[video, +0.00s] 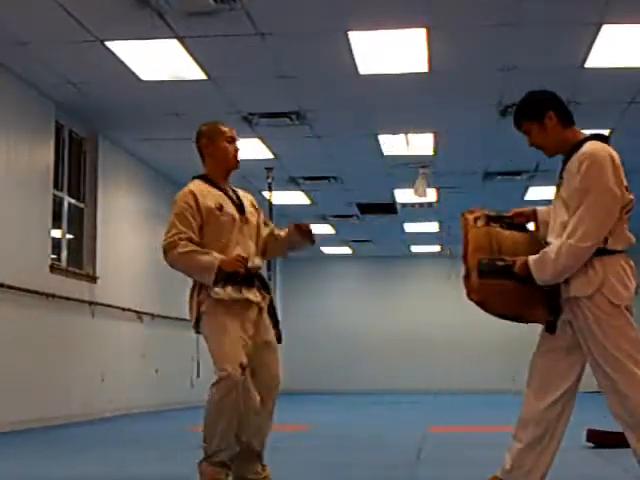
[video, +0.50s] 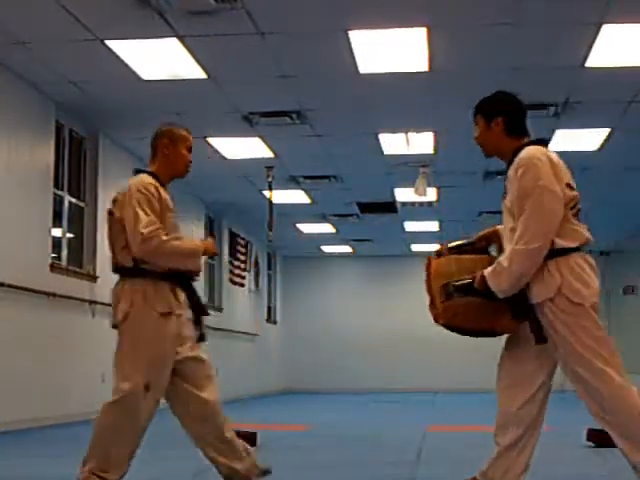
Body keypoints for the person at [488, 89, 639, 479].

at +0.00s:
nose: (532, 144)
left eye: (531, 134)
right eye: (527, 137)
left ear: (552, 120)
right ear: (551, 123)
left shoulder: (595, 157)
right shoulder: (576, 162)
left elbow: (587, 235)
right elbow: (574, 215)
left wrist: (533, 266)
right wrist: (536, 216)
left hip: (599, 281)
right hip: (573, 283)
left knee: (627, 390)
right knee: (547, 388)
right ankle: (518, 474)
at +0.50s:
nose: (475, 136)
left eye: (478, 127)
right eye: (475, 127)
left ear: (499, 125)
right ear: (505, 126)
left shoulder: (533, 162)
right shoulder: (525, 164)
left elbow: (534, 238)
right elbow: (534, 223)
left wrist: (490, 281)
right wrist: (498, 235)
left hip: (561, 279)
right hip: (538, 281)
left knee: (603, 385)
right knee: (519, 385)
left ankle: (638, 457)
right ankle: (503, 472)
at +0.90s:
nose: (426, 130)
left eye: (427, 120)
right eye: (425, 121)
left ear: (445, 116)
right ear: (458, 117)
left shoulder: (466, 152)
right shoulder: (492, 152)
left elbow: (454, 227)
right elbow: (476, 219)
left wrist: (413, 266)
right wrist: (423, 224)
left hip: (483, 273)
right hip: (509, 271)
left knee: (447, 364)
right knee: (502, 379)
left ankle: (474, 465)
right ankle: (505, 470)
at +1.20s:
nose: (373, 130)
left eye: (376, 121)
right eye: (374, 121)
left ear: (394, 120)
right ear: (407, 122)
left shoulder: (403, 161)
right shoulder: (442, 159)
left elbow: (381, 235)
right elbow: (412, 224)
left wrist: (337, 272)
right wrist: (360, 231)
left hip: (417, 282)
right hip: (453, 277)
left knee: (375, 384)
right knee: (463, 392)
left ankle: (353, 470)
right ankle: (492, 471)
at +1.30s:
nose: (348, 131)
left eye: (351, 121)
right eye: (348, 122)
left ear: (368, 121)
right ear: (388, 122)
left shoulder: (376, 162)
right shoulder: (420, 159)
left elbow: (357, 236)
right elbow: (397, 223)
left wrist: (317, 274)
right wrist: (343, 232)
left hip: (399, 279)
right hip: (439, 273)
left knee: (363, 377)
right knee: (451, 383)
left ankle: (350, 469)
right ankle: (486, 470)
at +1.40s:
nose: (324, 130)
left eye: (327, 121)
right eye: (324, 121)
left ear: (345, 120)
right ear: (362, 121)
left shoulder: (355, 162)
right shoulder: (401, 156)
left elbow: (341, 236)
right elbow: (384, 219)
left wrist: (305, 276)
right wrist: (331, 231)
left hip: (389, 274)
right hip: (429, 267)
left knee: (360, 376)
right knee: (445, 379)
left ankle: (350, 470)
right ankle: (482, 469)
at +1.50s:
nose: (309, 135)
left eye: (310, 126)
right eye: (308, 127)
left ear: (328, 122)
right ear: (346, 122)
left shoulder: (342, 161)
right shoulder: (387, 154)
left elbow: (333, 237)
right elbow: (372, 216)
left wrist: (297, 280)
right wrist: (316, 233)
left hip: (383, 272)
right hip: (423, 264)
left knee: (359, 377)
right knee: (442, 375)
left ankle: (350, 470)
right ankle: (479, 469)